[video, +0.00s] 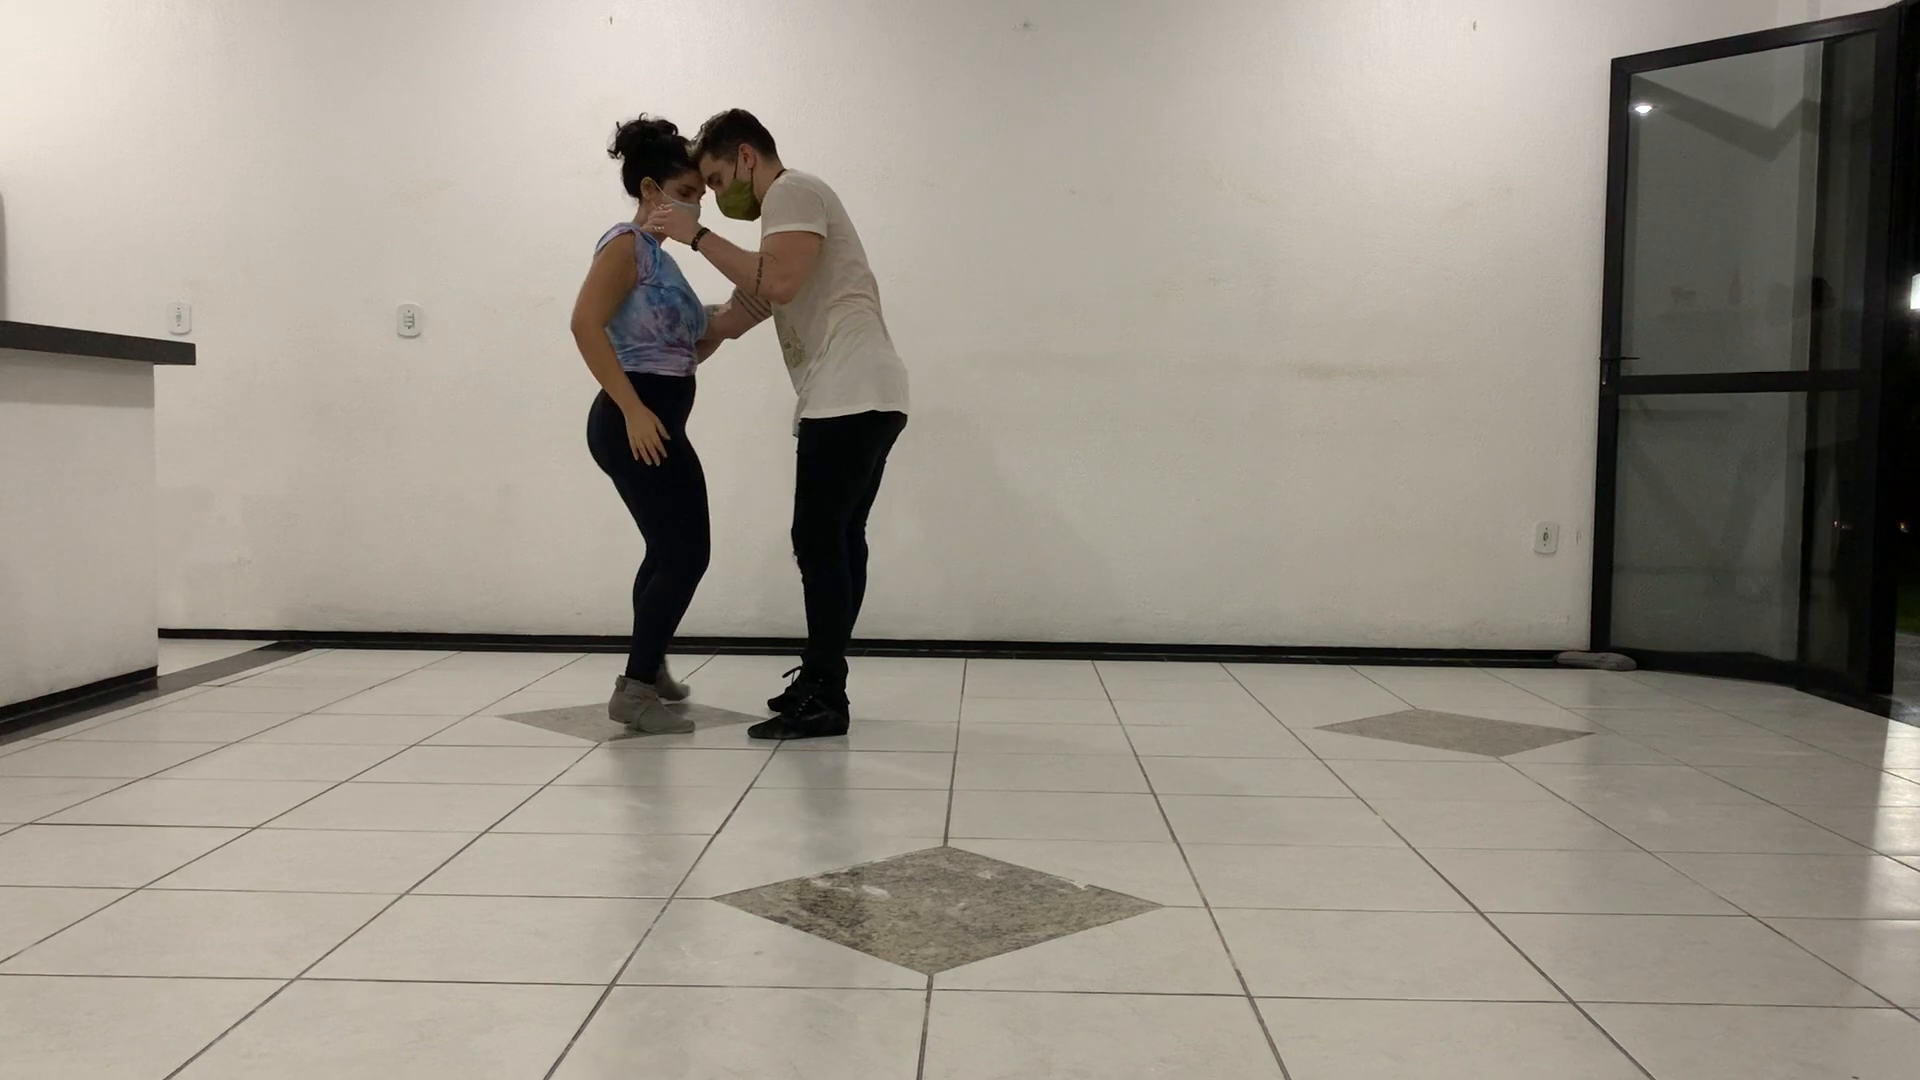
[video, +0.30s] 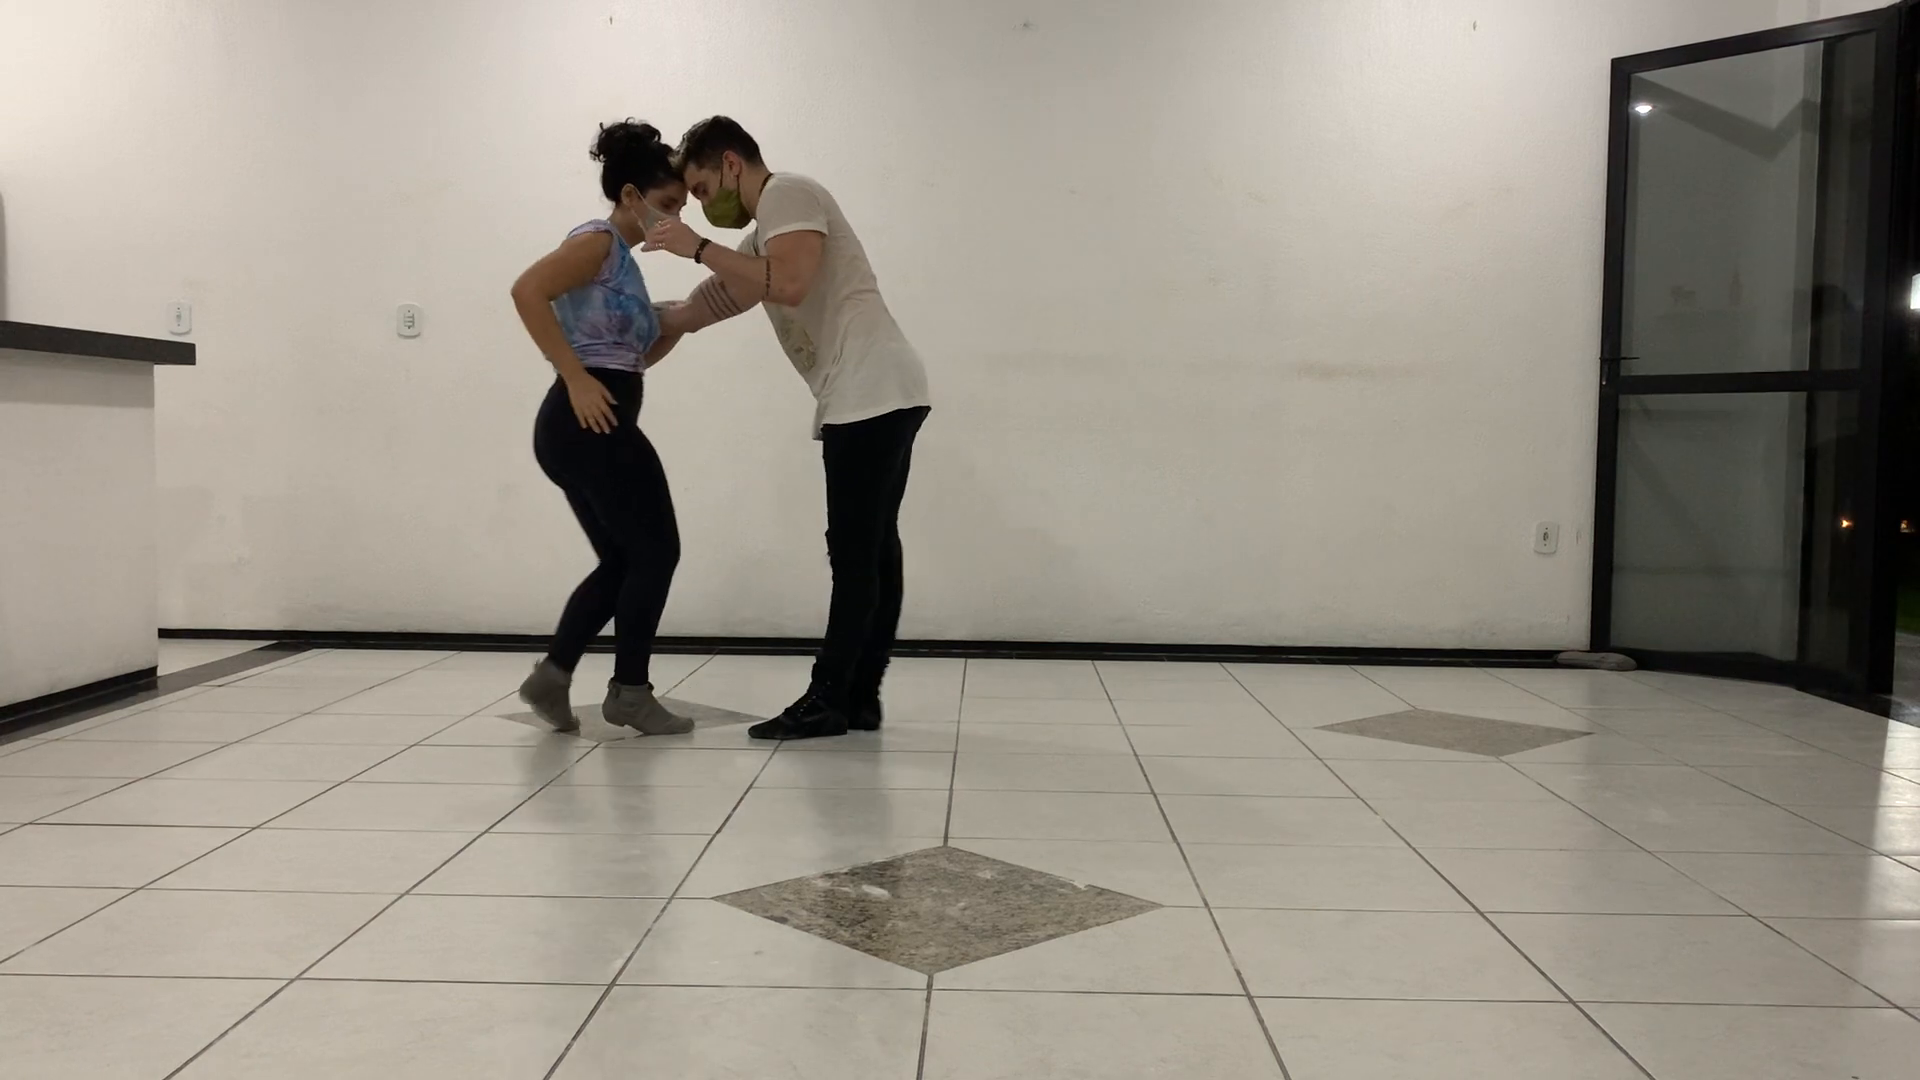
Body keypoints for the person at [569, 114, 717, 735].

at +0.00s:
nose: (698, 203)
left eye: (698, 192)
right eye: (689, 191)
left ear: (670, 194)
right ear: (653, 191)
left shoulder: (657, 257)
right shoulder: (625, 248)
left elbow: (688, 346)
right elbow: (585, 325)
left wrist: (741, 311)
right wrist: (633, 409)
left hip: (659, 413)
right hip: (636, 415)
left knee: (678, 548)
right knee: (681, 548)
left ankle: (648, 668)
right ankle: (636, 685)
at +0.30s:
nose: (673, 219)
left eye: (678, 208)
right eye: (666, 206)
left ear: (644, 198)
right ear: (629, 197)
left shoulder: (622, 264)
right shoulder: (596, 245)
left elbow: (641, 356)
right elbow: (526, 292)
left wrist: (690, 313)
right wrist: (575, 376)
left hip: (580, 421)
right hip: (595, 418)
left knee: (621, 559)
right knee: (656, 548)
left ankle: (552, 676)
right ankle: (631, 690)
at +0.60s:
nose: (655, 223)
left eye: (660, 211)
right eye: (648, 210)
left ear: (619, 203)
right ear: (609, 201)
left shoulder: (605, 275)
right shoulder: (565, 248)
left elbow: (613, 356)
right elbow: (477, 284)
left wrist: (669, 315)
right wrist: (507, 376)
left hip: (521, 418)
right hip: (528, 415)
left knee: (540, 564)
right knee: (582, 552)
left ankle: (524, 700)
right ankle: (612, 696)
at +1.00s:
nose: (641, 208)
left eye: (644, 196)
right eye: (633, 194)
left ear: (617, 194)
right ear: (593, 189)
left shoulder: (596, 278)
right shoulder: (540, 237)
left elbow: (590, 363)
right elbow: (444, 272)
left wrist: (657, 334)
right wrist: (445, 370)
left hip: (539, 422)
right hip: (487, 411)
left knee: (547, 557)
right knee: (512, 552)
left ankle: (524, 696)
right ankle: (517, 701)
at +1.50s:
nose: (579, 163)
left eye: (573, 153)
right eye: (565, 157)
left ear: (543, 175)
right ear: (534, 176)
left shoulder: (549, 261)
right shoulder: (512, 238)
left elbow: (620, 333)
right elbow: (445, 305)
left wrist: (658, 284)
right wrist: (448, 402)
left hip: (512, 419)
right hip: (472, 413)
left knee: (538, 552)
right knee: (506, 556)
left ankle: (506, 694)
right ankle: (469, 705)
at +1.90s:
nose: (498, 170)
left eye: (492, 160)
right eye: (486, 163)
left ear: (458, 182)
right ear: (454, 181)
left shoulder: (487, 248)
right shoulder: (453, 254)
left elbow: (545, 324)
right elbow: (465, 347)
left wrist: (619, 301)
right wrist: (543, 405)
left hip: (526, 417)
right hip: (491, 421)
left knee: (550, 558)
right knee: (526, 563)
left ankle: (507, 693)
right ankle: (474, 705)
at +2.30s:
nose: (494, 182)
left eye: (491, 170)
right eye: (484, 172)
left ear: (449, 185)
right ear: (448, 183)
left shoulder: (467, 250)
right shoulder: (439, 250)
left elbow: (543, 306)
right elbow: (479, 306)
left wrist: (620, 279)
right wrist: (569, 319)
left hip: (515, 415)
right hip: (491, 418)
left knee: (551, 556)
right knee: (529, 563)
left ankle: (508, 692)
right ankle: (475, 704)